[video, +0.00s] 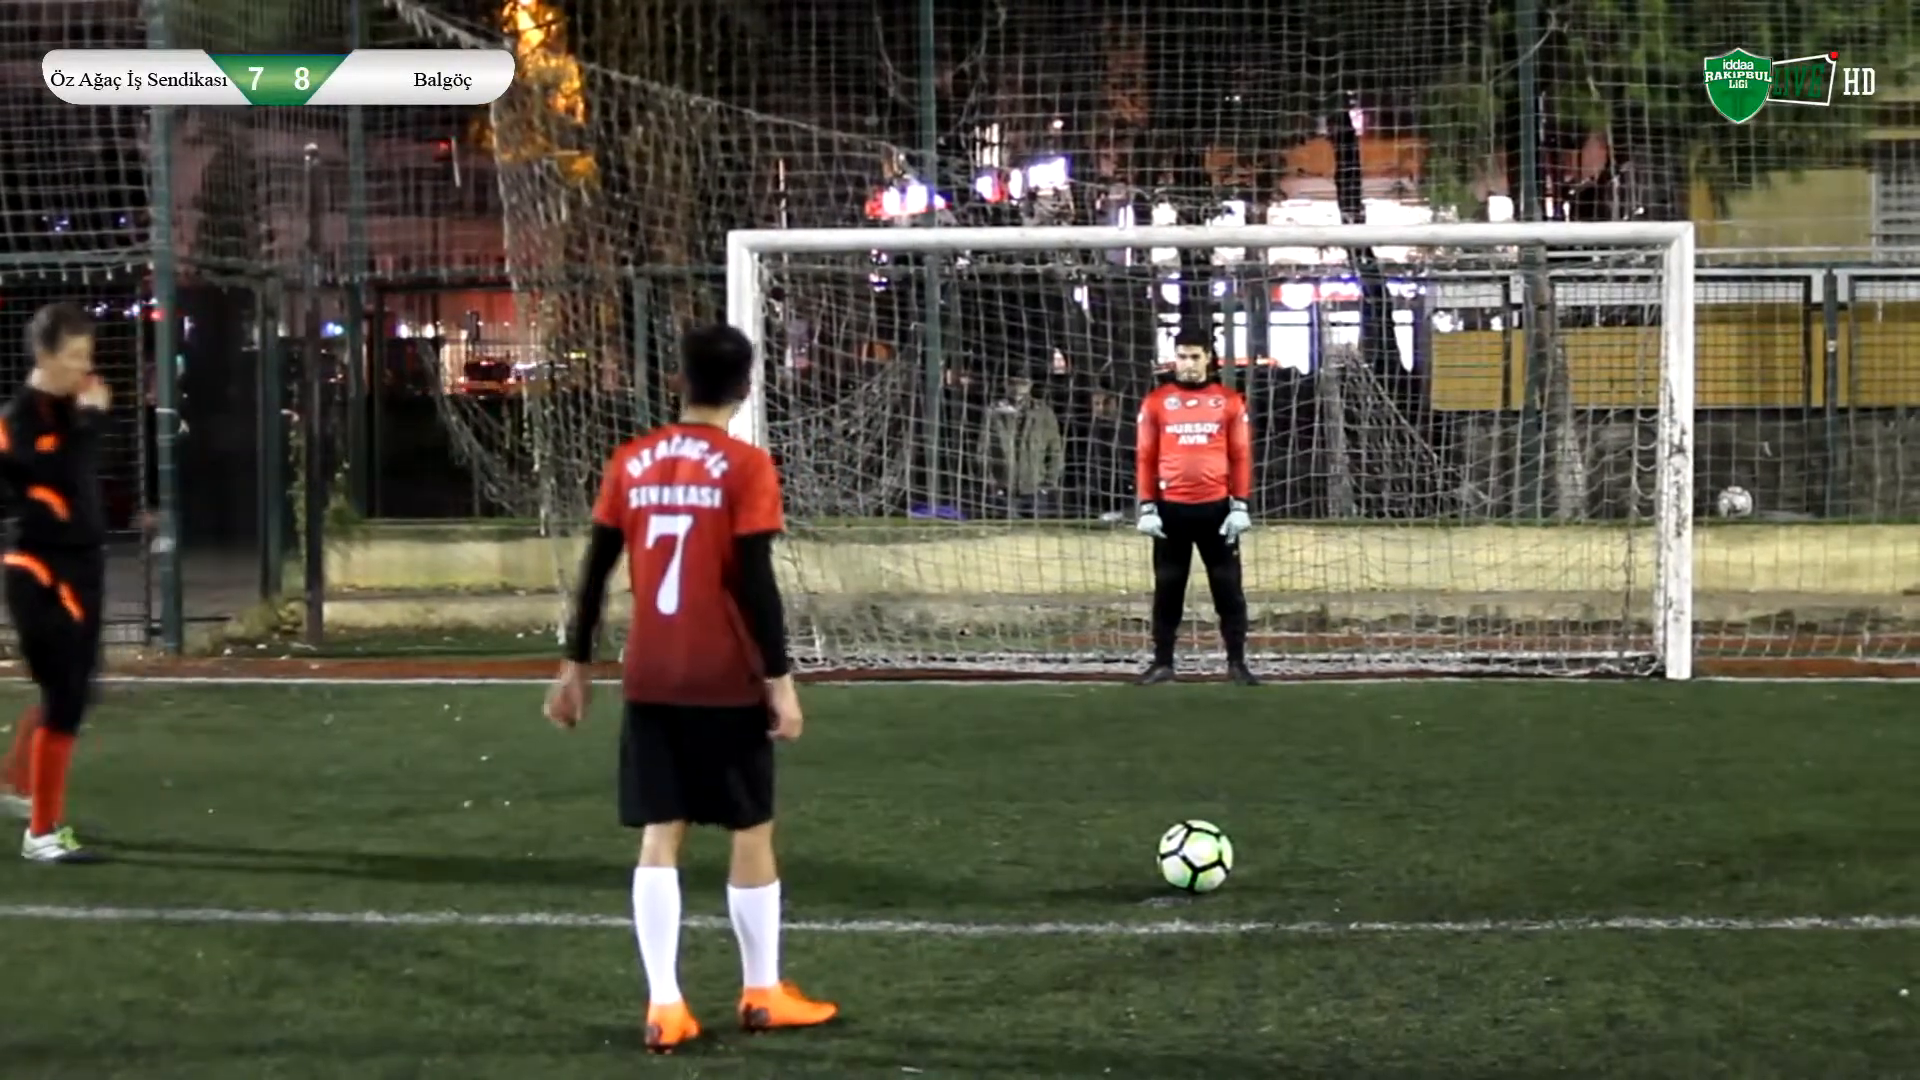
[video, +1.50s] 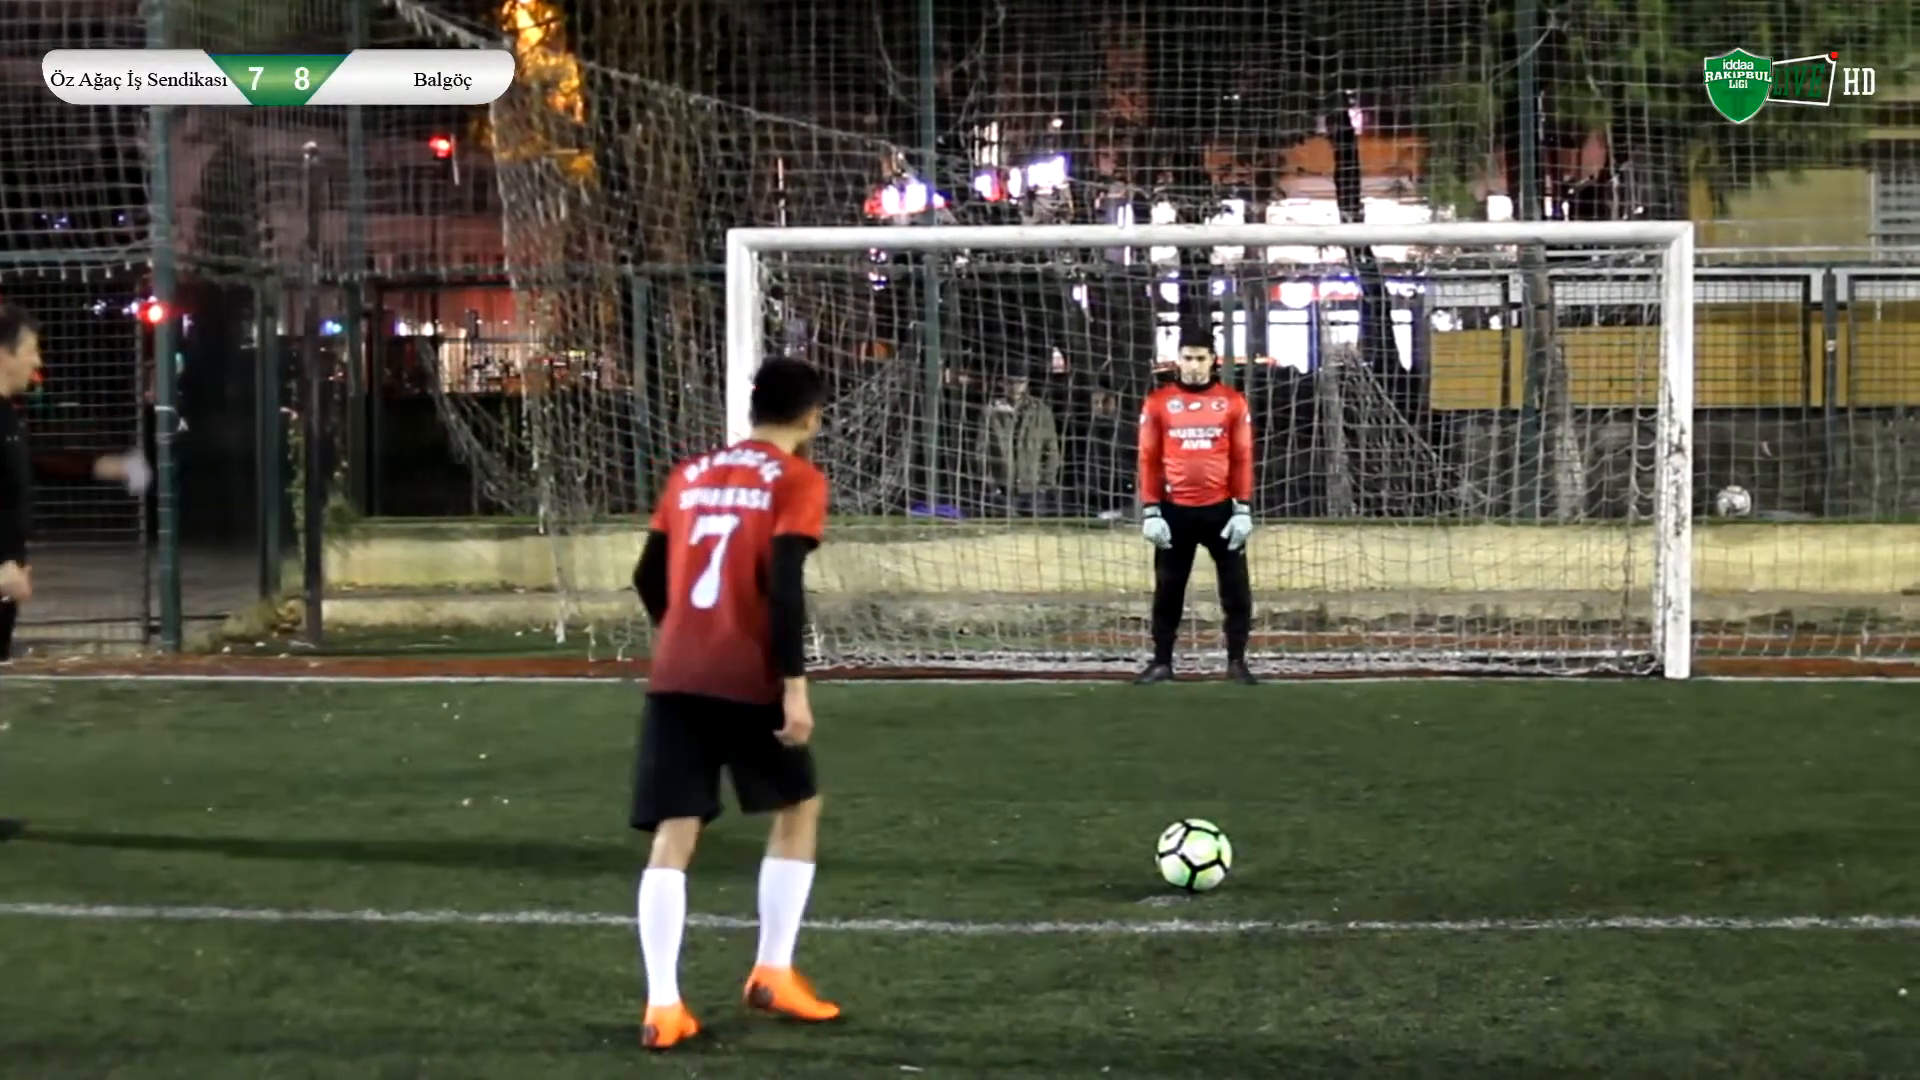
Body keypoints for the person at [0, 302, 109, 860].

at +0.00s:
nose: (87, 367)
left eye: (89, 356)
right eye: (78, 356)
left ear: (81, 358)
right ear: (49, 356)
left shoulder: (70, 413)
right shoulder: (24, 414)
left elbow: (76, 482)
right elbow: (59, 481)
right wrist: (89, 423)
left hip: (78, 564)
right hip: (39, 565)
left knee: (69, 687)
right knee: (63, 689)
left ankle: (17, 784)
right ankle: (44, 828)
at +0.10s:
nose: (78, 368)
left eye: (81, 357)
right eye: (69, 358)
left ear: (75, 359)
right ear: (37, 358)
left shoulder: (70, 411)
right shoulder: (18, 415)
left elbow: (78, 492)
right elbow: (44, 485)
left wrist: (119, 520)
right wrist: (79, 420)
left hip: (69, 568)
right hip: (31, 570)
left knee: (49, 692)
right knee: (63, 697)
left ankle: (6, 779)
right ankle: (42, 829)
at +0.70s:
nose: (52, 377)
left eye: (54, 365)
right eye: (44, 365)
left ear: (23, 367)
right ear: (13, 365)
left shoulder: (26, 422)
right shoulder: (9, 423)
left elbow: (31, 503)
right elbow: (11, 508)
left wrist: (79, 522)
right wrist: (55, 499)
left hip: (17, 581)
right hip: (4, 583)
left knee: (15, 692)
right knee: (16, 692)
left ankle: (15, 813)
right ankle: (12, 814)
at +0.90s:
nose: (44, 376)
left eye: (45, 364)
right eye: (38, 363)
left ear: (20, 363)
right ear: (6, 361)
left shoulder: (18, 419)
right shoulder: (3, 421)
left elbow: (46, 478)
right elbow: (0, 505)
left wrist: (114, 482)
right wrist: (36, 524)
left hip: (12, 585)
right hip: (1, 588)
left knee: (9, 693)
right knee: (7, 694)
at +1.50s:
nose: (37, 368)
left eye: (37, 356)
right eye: (31, 355)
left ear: (15, 356)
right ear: (5, 355)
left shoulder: (12, 416)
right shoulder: (4, 420)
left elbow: (32, 465)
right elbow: (6, 486)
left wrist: (99, 468)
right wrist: (6, 561)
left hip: (8, 575)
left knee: (3, 666)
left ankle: (2, 818)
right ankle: (1, 819)